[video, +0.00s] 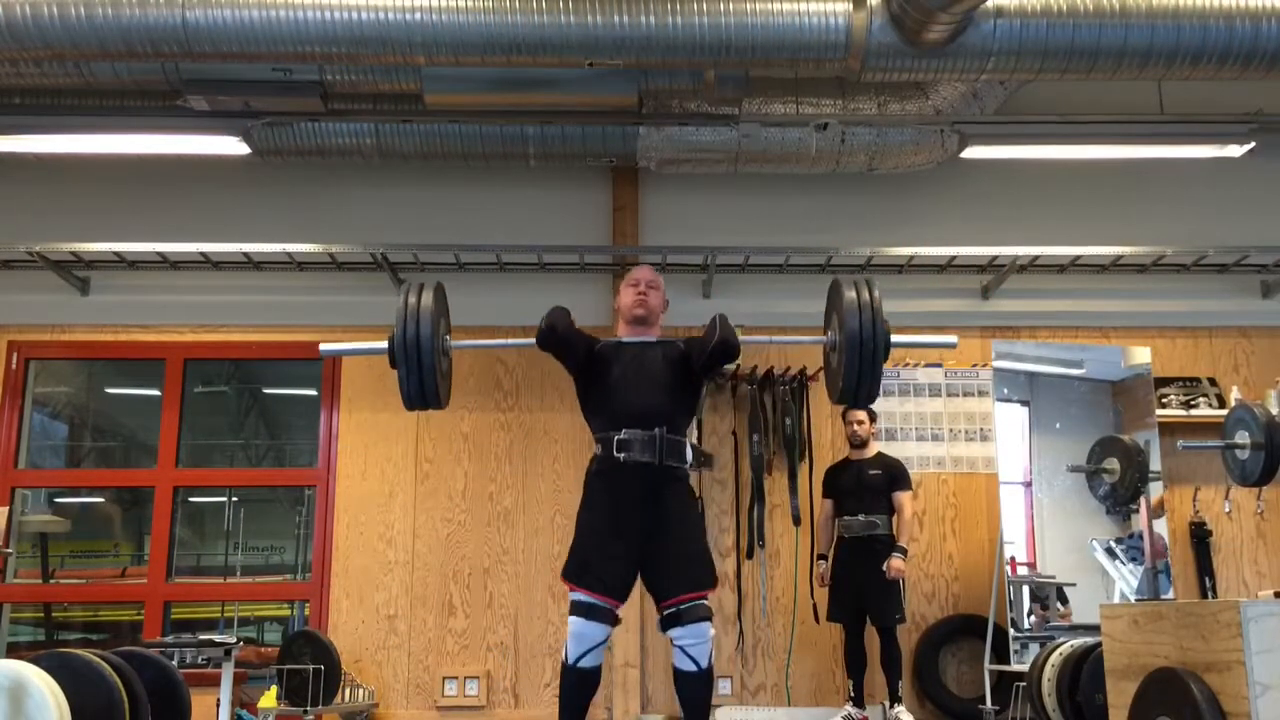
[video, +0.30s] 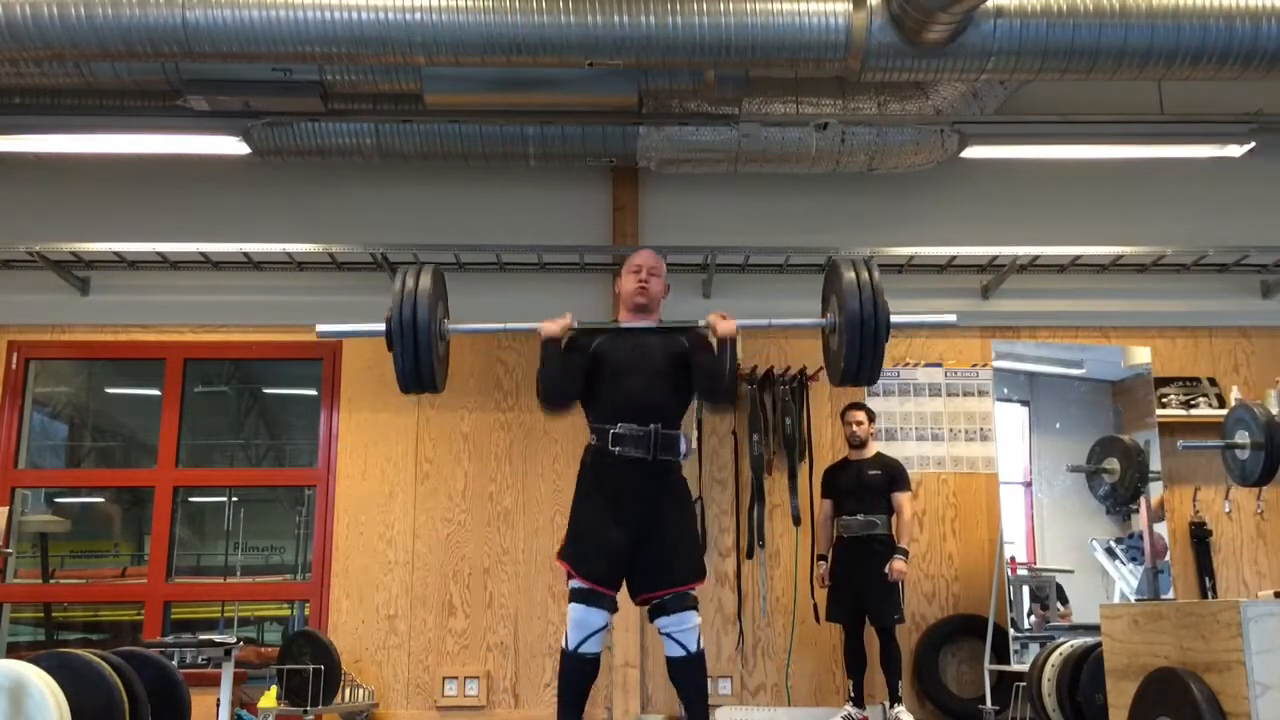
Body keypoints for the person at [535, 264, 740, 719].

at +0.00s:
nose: (642, 290)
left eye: (652, 286)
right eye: (633, 284)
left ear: (664, 306)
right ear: (616, 302)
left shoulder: (683, 354)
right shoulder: (594, 353)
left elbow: (722, 350)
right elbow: (558, 337)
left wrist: (720, 331)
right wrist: (557, 318)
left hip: (673, 501)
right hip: (609, 499)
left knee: (694, 633)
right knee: (587, 631)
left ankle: (697, 718)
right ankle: (570, 718)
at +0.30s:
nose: (644, 278)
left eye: (654, 273)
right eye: (635, 271)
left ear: (665, 291)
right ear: (617, 285)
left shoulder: (684, 342)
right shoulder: (590, 342)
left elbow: (720, 396)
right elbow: (555, 398)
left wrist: (724, 343)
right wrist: (551, 345)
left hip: (664, 486)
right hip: (603, 485)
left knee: (679, 619)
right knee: (586, 616)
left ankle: (698, 717)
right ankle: (569, 717)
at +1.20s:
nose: (631, 355)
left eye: (640, 347)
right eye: (624, 345)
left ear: (653, 346)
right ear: (611, 343)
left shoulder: (673, 395)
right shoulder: (585, 396)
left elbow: (703, 458)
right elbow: (562, 461)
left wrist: (730, 520)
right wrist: (547, 524)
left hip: (654, 521)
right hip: (601, 521)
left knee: (667, 626)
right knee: (596, 628)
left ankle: (685, 716)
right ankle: (591, 715)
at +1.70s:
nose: (615, 363)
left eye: (624, 356)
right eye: (609, 354)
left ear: (638, 353)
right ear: (598, 348)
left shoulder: (659, 393)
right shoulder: (575, 394)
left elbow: (677, 460)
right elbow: (556, 458)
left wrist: (660, 508)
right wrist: (547, 517)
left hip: (643, 516)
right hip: (593, 515)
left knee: (648, 624)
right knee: (595, 624)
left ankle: (653, 713)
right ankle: (592, 715)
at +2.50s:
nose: (625, 378)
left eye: (635, 370)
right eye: (620, 368)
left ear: (652, 364)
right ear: (611, 360)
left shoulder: (674, 404)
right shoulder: (594, 402)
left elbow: (697, 465)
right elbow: (577, 462)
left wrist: (709, 522)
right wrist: (552, 510)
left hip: (654, 524)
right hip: (603, 520)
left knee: (651, 628)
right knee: (581, 616)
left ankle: (652, 714)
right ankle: (573, 713)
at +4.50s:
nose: (583, 401)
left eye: (593, 393)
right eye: (576, 391)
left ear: (611, 376)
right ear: (562, 365)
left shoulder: (640, 404)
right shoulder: (532, 398)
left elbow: (677, 473)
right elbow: (501, 466)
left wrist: (683, 545)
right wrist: (484, 540)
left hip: (617, 518)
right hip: (553, 515)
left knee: (640, 629)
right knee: (530, 624)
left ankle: (648, 716)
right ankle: (521, 716)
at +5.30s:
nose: (589, 583)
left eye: (598, 577)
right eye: (579, 576)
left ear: (617, 545)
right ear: (561, 546)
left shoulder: (641, 543)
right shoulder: (525, 542)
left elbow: (679, 625)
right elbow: (490, 625)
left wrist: (683, 704)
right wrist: (483, 705)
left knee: (643, 632)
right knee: (529, 630)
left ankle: (646, 716)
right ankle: (519, 716)